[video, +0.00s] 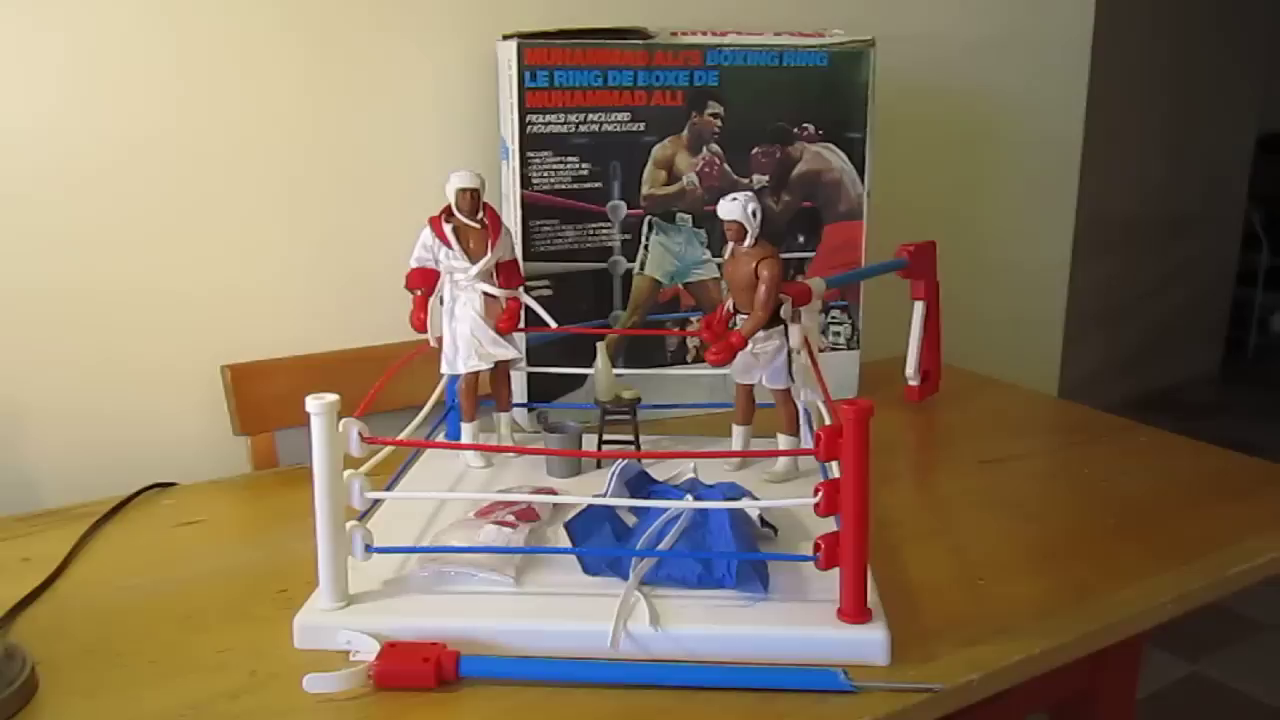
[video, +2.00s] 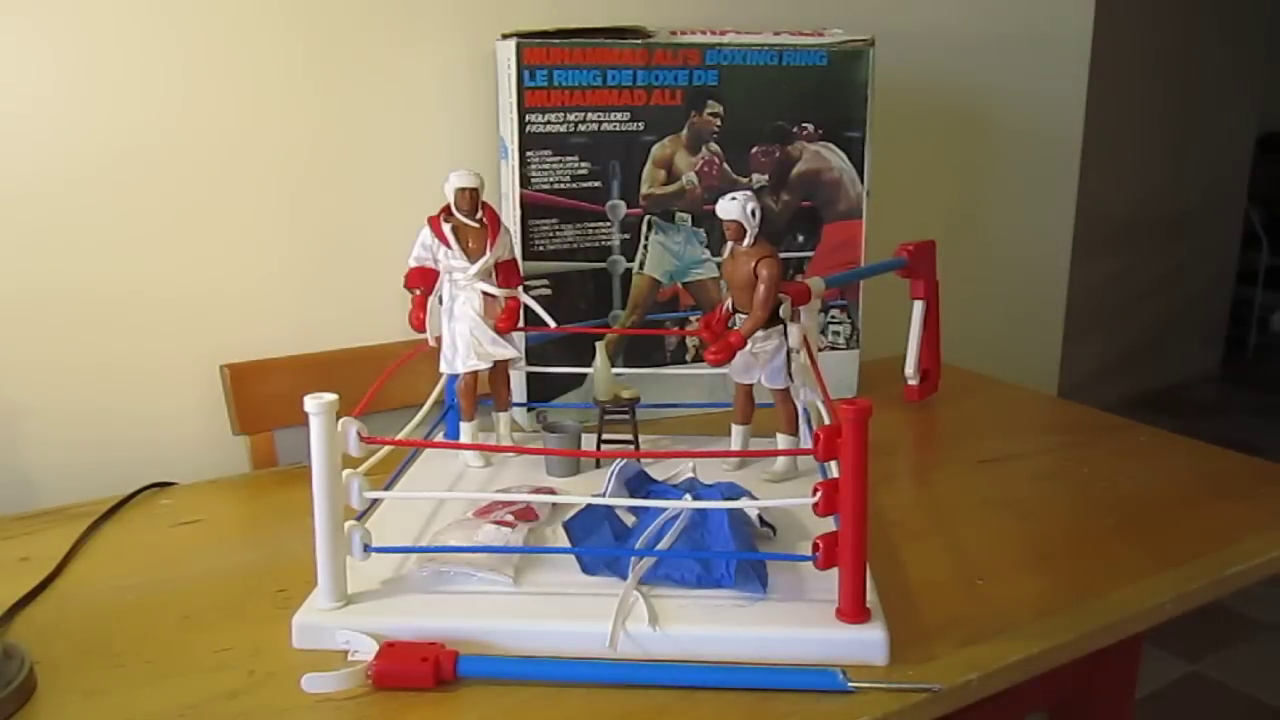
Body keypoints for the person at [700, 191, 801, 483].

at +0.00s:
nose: (726, 230)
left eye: (731, 225)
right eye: (724, 224)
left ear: (748, 225)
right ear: (725, 225)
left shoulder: (767, 261)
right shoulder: (731, 252)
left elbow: (762, 313)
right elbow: (735, 292)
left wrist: (737, 340)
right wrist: (721, 316)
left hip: (770, 333)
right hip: (743, 330)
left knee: (780, 392)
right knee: (743, 387)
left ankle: (788, 457)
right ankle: (739, 450)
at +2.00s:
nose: (725, 228)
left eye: (730, 223)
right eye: (723, 223)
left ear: (748, 223)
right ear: (724, 223)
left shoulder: (767, 263)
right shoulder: (731, 250)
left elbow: (761, 314)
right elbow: (735, 292)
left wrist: (736, 340)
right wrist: (719, 318)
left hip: (768, 333)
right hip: (742, 329)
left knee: (780, 392)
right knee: (742, 387)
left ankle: (787, 457)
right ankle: (737, 450)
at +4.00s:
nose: (725, 228)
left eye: (730, 223)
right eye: (723, 222)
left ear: (748, 223)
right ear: (723, 223)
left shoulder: (767, 261)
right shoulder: (729, 250)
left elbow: (761, 313)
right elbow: (734, 291)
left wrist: (736, 338)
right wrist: (719, 315)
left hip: (769, 332)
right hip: (742, 329)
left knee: (780, 390)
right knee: (742, 386)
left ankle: (787, 456)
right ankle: (738, 450)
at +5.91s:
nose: (725, 227)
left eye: (731, 222)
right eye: (724, 222)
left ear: (748, 222)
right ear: (724, 222)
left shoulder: (767, 260)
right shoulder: (730, 250)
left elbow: (761, 312)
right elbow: (736, 292)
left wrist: (735, 338)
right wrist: (721, 315)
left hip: (769, 333)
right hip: (743, 329)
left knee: (779, 390)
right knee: (742, 385)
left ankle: (787, 456)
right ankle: (738, 449)